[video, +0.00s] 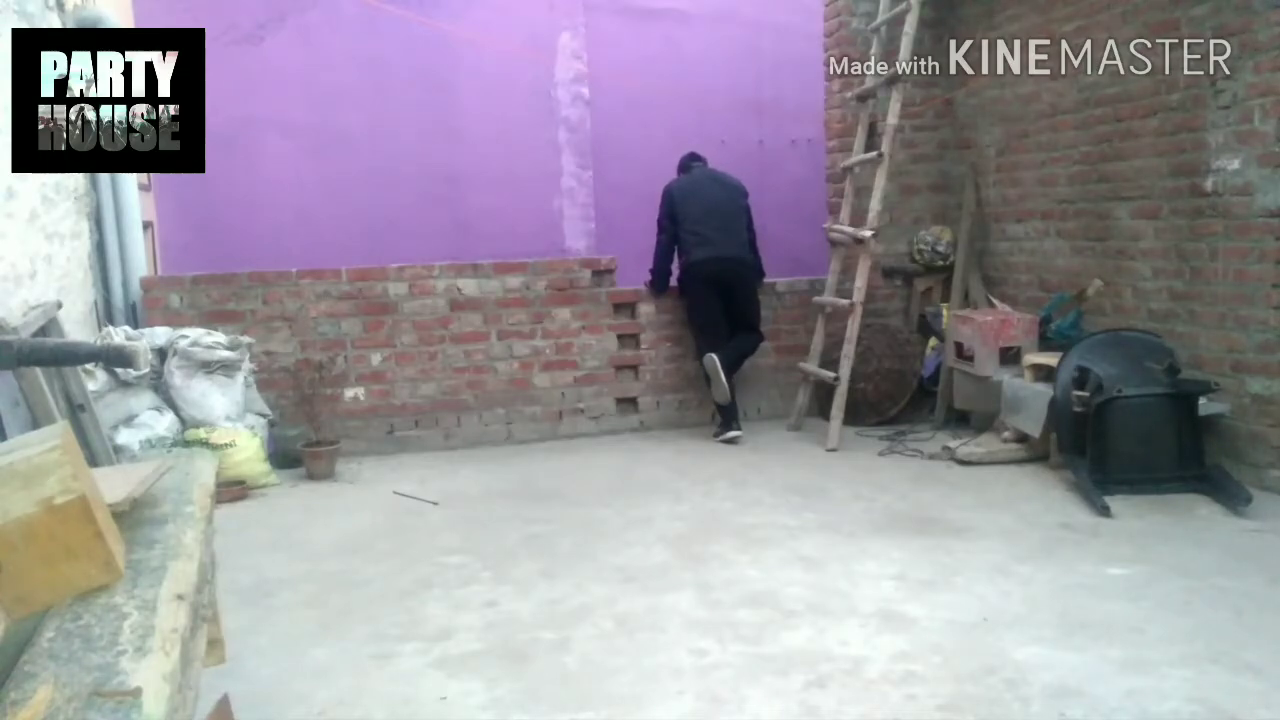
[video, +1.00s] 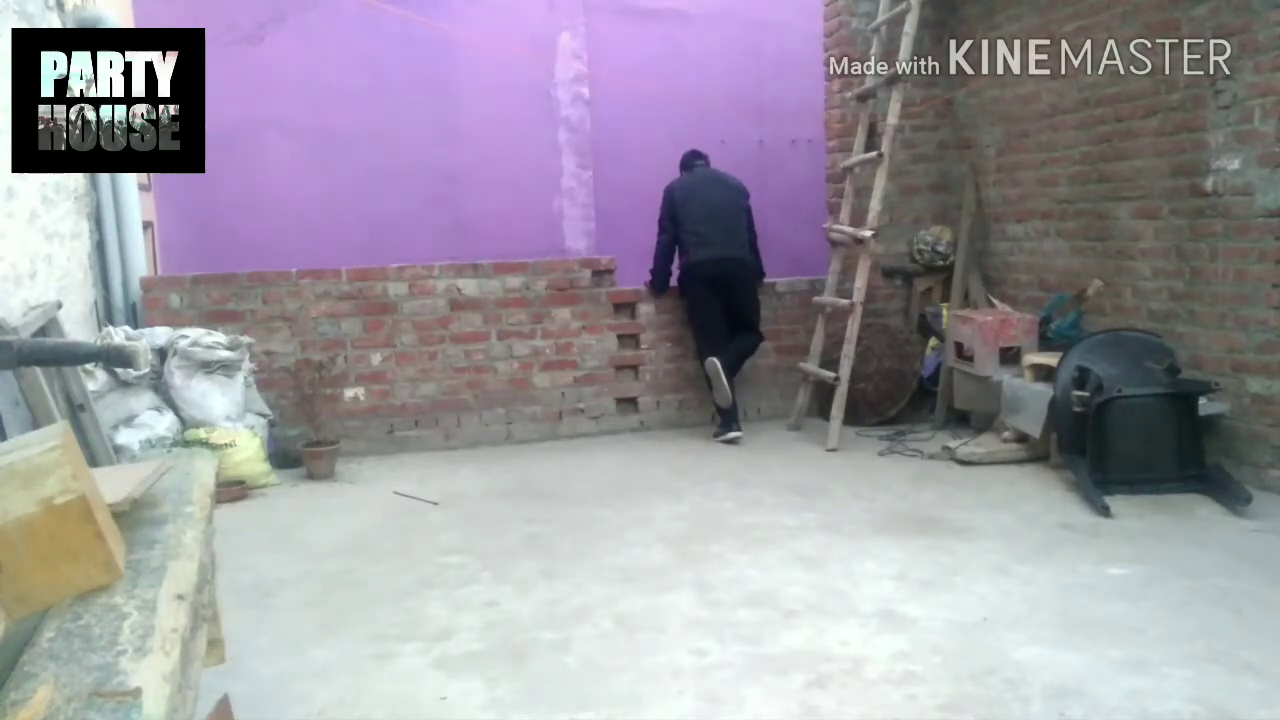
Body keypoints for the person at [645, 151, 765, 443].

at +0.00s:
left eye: (679, 174)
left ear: (681, 171)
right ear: (706, 166)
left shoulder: (674, 189)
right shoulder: (734, 185)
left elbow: (666, 239)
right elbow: (748, 232)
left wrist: (659, 282)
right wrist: (757, 269)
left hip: (698, 271)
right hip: (739, 268)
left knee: (711, 342)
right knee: (750, 332)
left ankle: (729, 422)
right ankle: (723, 362)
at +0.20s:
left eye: (680, 173)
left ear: (681, 171)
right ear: (707, 166)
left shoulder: (674, 189)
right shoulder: (735, 185)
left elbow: (666, 239)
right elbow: (748, 232)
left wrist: (659, 282)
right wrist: (757, 270)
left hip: (698, 271)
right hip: (739, 268)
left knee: (711, 342)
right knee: (750, 332)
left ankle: (729, 422)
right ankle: (723, 362)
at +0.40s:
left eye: (681, 172)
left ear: (682, 171)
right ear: (707, 166)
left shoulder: (674, 189)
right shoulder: (735, 185)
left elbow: (666, 239)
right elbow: (749, 232)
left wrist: (659, 282)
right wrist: (757, 270)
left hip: (698, 272)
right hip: (739, 268)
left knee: (711, 342)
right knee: (750, 332)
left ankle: (729, 422)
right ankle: (723, 362)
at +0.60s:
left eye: (682, 171)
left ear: (682, 170)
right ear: (708, 165)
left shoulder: (674, 189)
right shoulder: (735, 185)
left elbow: (666, 239)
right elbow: (749, 232)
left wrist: (659, 282)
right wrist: (757, 270)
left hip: (698, 272)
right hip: (740, 268)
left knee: (711, 342)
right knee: (750, 332)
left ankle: (729, 422)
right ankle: (724, 363)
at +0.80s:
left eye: (684, 171)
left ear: (682, 170)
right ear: (708, 165)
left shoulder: (675, 189)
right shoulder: (735, 185)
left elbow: (666, 239)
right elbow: (749, 232)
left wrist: (659, 282)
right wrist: (757, 270)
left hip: (698, 272)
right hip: (739, 269)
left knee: (711, 343)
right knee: (749, 331)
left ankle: (729, 422)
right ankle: (725, 364)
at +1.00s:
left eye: (686, 169)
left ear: (683, 170)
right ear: (708, 165)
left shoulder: (675, 189)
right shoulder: (735, 185)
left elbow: (666, 239)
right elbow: (749, 232)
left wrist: (659, 282)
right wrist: (757, 270)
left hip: (698, 272)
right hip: (739, 269)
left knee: (711, 344)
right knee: (749, 331)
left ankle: (729, 423)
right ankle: (725, 365)